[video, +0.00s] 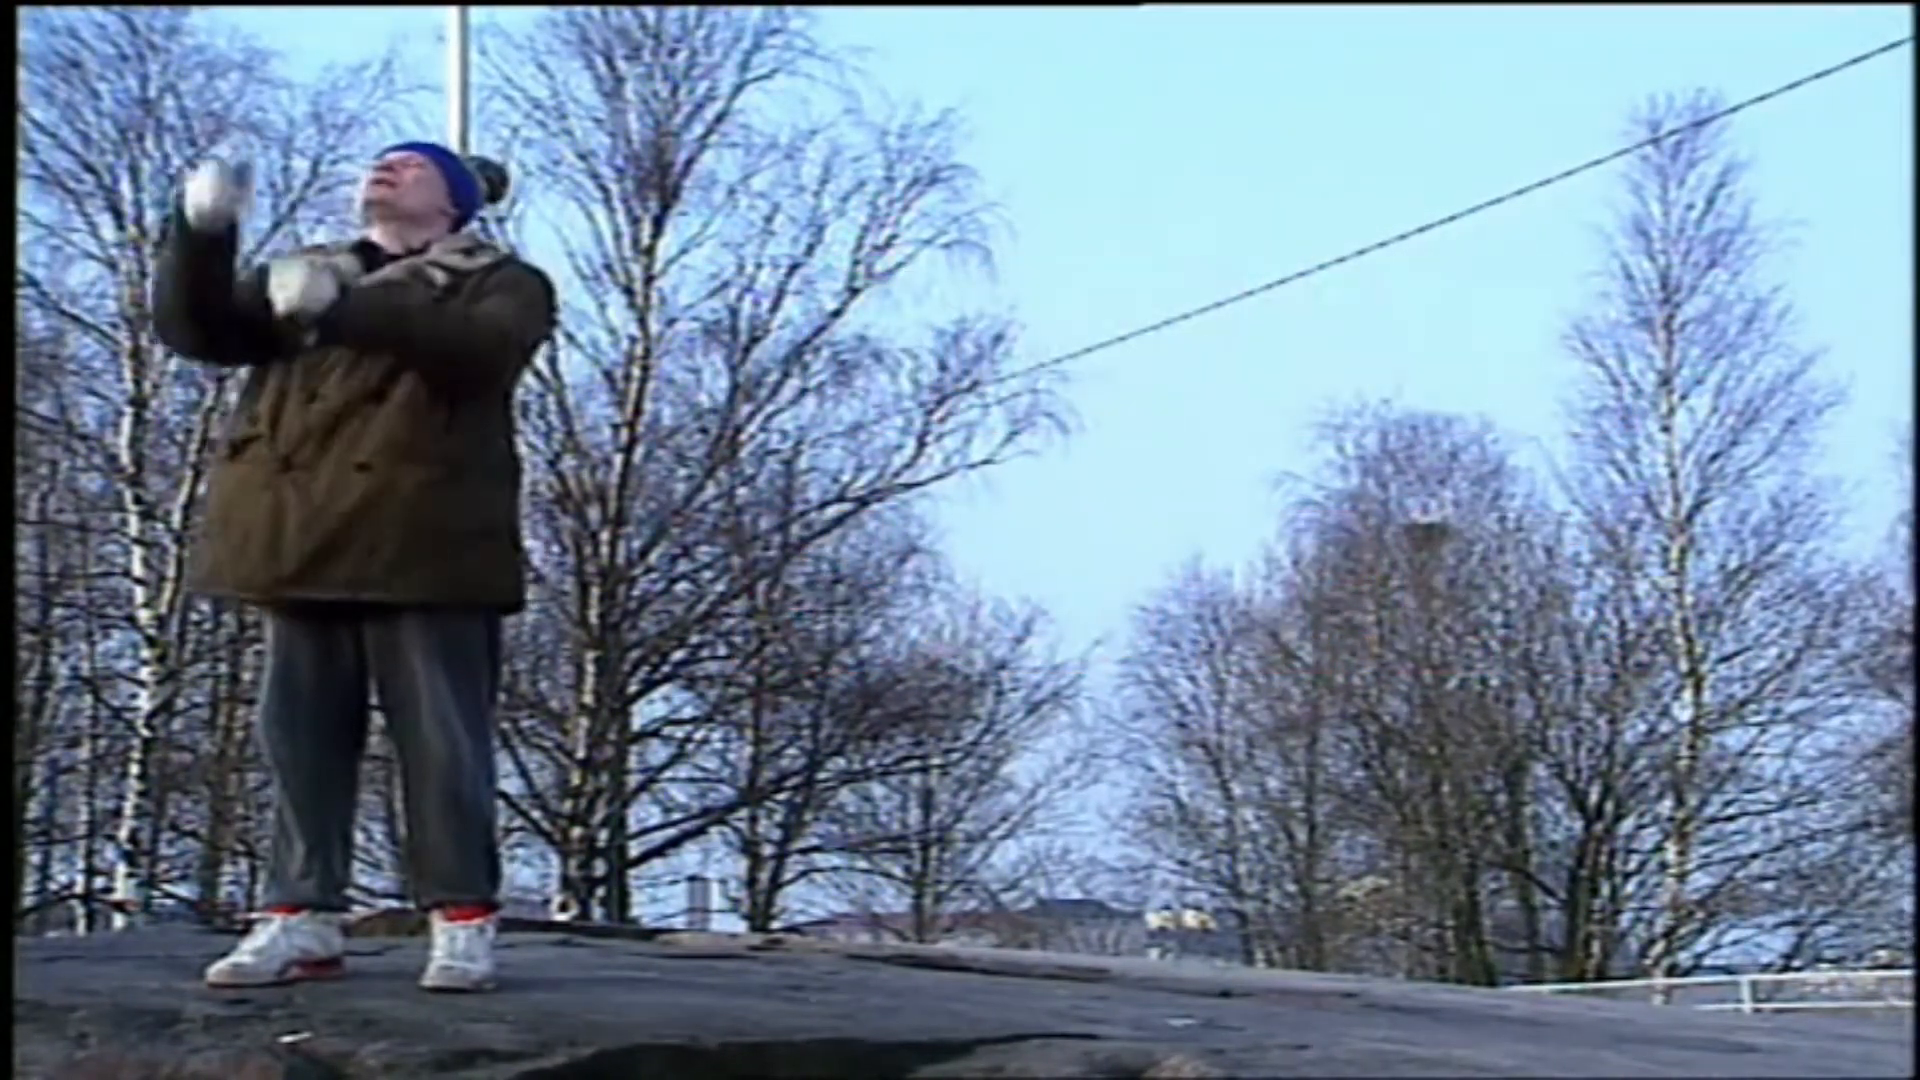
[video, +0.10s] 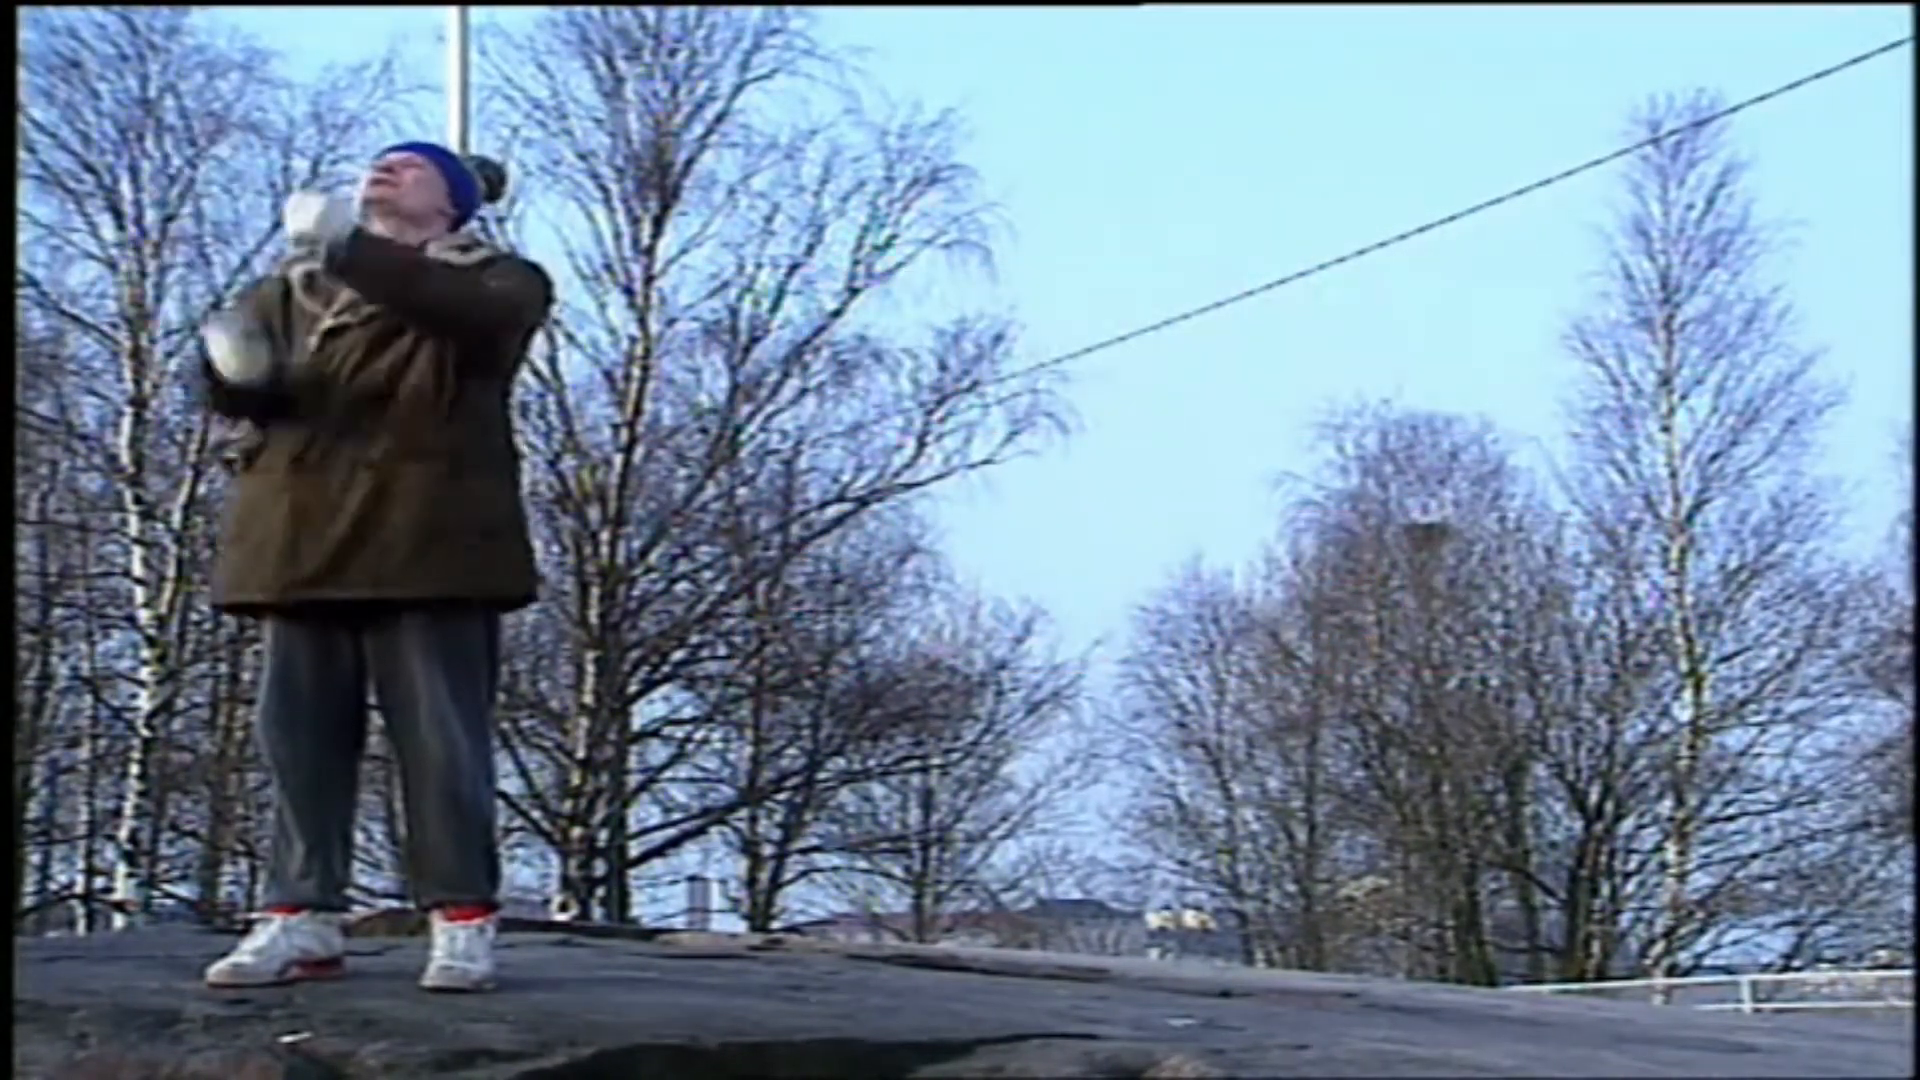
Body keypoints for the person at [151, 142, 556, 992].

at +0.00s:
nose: (381, 173)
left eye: (406, 165)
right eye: (376, 168)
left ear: (455, 205)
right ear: (360, 199)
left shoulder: (504, 280)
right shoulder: (320, 277)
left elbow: (475, 341)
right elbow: (196, 328)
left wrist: (339, 302)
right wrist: (204, 239)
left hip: (432, 548)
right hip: (305, 544)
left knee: (442, 738)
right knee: (300, 734)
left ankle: (461, 918)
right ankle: (305, 918)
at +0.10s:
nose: (380, 174)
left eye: (404, 166)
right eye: (374, 168)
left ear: (454, 204)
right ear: (360, 192)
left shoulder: (498, 276)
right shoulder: (300, 283)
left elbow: (489, 310)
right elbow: (239, 393)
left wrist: (343, 246)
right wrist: (234, 367)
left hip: (432, 543)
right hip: (305, 542)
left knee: (440, 737)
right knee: (300, 734)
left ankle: (461, 919)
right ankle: (305, 918)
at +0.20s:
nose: (376, 179)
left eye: (401, 169)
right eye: (369, 171)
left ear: (452, 204)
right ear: (354, 193)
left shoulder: (497, 274)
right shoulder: (293, 285)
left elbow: (486, 301)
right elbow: (230, 388)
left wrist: (360, 225)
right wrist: (254, 409)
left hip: (435, 543)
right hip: (305, 545)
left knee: (442, 737)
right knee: (299, 734)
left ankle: (461, 919)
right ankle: (306, 918)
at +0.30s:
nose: (372, 180)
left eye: (396, 169)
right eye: (365, 173)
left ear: (449, 199)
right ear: (352, 196)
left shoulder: (499, 274)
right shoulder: (298, 283)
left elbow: (483, 306)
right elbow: (230, 373)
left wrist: (356, 234)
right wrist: (248, 399)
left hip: (436, 542)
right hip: (307, 546)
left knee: (442, 736)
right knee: (299, 733)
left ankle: (461, 919)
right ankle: (306, 917)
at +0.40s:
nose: (374, 178)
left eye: (399, 169)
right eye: (367, 171)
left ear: (449, 204)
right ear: (352, 198)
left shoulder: (501, 276)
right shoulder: (296, 289)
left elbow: (477, 328)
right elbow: (221, 395)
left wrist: (341, 265)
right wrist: (218, 360)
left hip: (435, 551)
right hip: (307, 553)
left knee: (442, 741)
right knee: (299, 737)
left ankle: (461, 918)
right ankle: (306, 918)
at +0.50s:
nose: (376, 174)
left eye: (401, 167)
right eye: (370, 169)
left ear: (450, 204)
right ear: (354, 200)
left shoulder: (503, 279)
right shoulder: (305, 280)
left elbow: (472, 353)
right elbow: (186, 332)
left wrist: (342, 340)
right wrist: (192, 252)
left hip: (435, 559)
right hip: (306, 561)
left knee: (442, 741)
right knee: (299, 738)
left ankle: (463, 919)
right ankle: (305, 918)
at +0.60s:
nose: (378, 173)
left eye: (403, 167)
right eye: (372, 167)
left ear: (453, 201)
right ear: (357, 200)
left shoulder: (505, 282)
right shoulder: (309, 277)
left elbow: (483, 377)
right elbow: (174, 301)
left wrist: (351, 371)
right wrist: (194, 199)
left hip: (435, 560)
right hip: (306, 560)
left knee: (442, 743)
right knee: (300, 738)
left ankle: (463, 919)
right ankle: (306, 918)